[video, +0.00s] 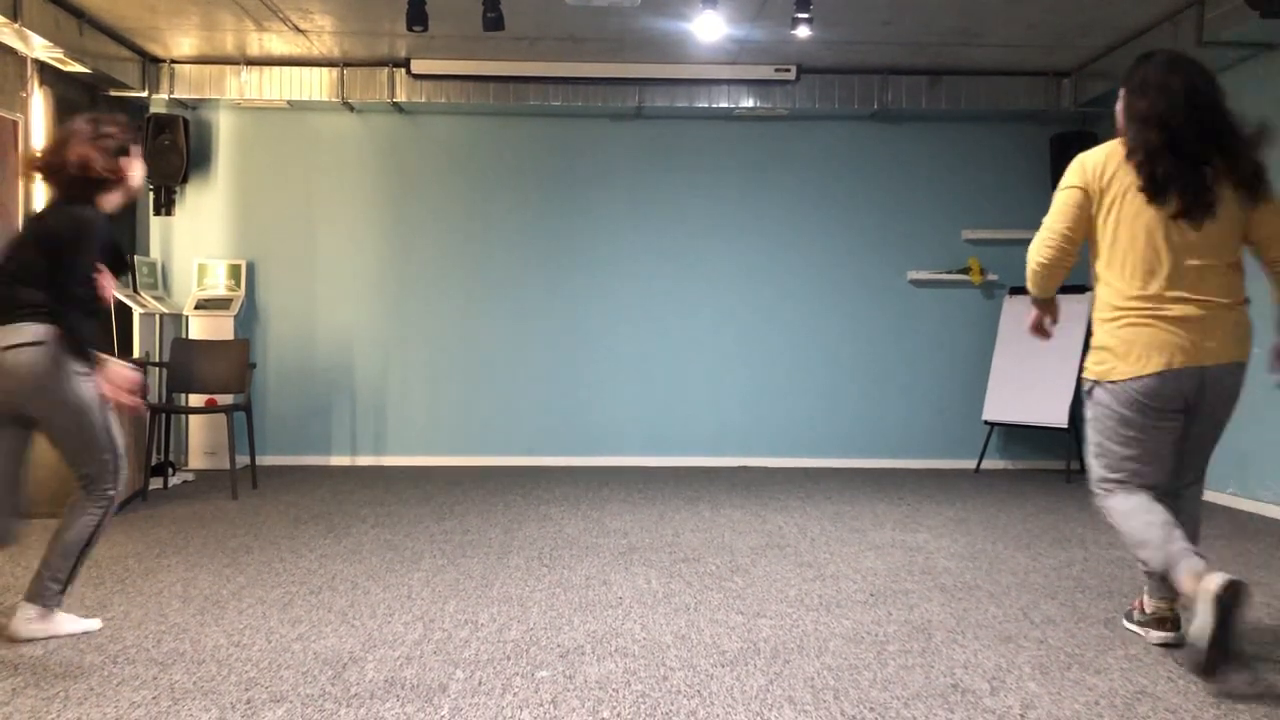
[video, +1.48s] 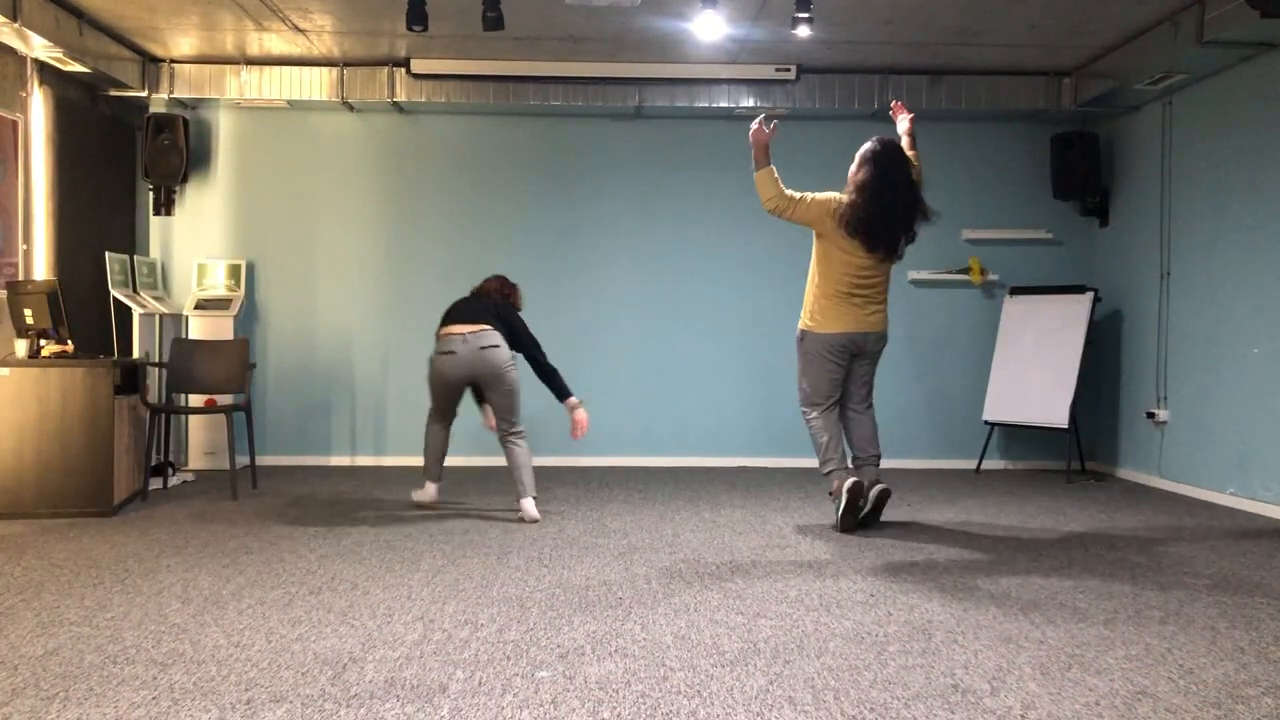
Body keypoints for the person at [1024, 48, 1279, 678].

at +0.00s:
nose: (1116, 111)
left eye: (1122, 102)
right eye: (1120, 101)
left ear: (1133, 110)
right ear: (1201, 110)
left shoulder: (1098, 165)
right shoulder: (1232, 172)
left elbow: (1045, 257)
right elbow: (1275, 258)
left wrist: (1042, 301)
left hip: (1135, 357)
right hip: (1223, 357)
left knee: (1120, 486)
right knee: (1183, 485)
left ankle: (1199, 584)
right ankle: (1160, 606)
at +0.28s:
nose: (1037, 129)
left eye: (1043, 122)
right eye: (1040, 121)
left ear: (1057, 128)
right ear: (1105, 129)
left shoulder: (1035, 176)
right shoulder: (1142, 176)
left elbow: (1005, 237)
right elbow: (1177, 253)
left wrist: (976, 305)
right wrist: (1131, 283)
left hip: (1057, 345)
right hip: (1139, 340)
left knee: (1023, 450)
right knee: (1140, 467)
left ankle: (1000, 543)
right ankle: (1155, 598)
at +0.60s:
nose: (936, 191)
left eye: (940, 184)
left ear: (945, 189)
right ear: (998, 191)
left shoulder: (932, 232)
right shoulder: (1019, 236)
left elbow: (912, 287)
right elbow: (1050, 296)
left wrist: (879, 345)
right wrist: (1022, 336)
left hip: (949, 365)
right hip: (1012, 371)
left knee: (932, 452)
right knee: (993, 459)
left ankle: (955, 542)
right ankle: (1040, 511)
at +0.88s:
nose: (887, 193)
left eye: (892, 188)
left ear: (899, 195)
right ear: (949, 198)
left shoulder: (881, 234)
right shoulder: (960, 240)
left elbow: (842, 287)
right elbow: (989, 294)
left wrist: (812, 289)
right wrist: (965, 319)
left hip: (895, 357)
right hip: (945, 360)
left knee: (871, 439)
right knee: (904, 435)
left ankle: (927, 497)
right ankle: (884, 508)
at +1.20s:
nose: (856, 152)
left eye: (862, 148)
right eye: (861, 145)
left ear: (872, 158)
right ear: (905, 161)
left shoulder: (849, 194)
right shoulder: (913, 196)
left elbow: (795, 206)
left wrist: (767, 171)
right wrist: (923, 149)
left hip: (852, 320)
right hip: (901, 322)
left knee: (842, 409)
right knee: (885, 406)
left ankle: (856, 490)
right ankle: (877, 489)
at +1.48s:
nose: (852, 164)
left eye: (857, 161)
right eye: (856, 158)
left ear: (862, 173)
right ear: (897, 180)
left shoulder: (831, 208)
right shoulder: (896, 214)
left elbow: (775, 201)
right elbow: (908, 178)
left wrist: (759, 152)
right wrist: (907, 136)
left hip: (825, 331)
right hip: (872, 331)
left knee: (820, 407)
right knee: (860, 404)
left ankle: (841, 483)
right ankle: (869, 482)